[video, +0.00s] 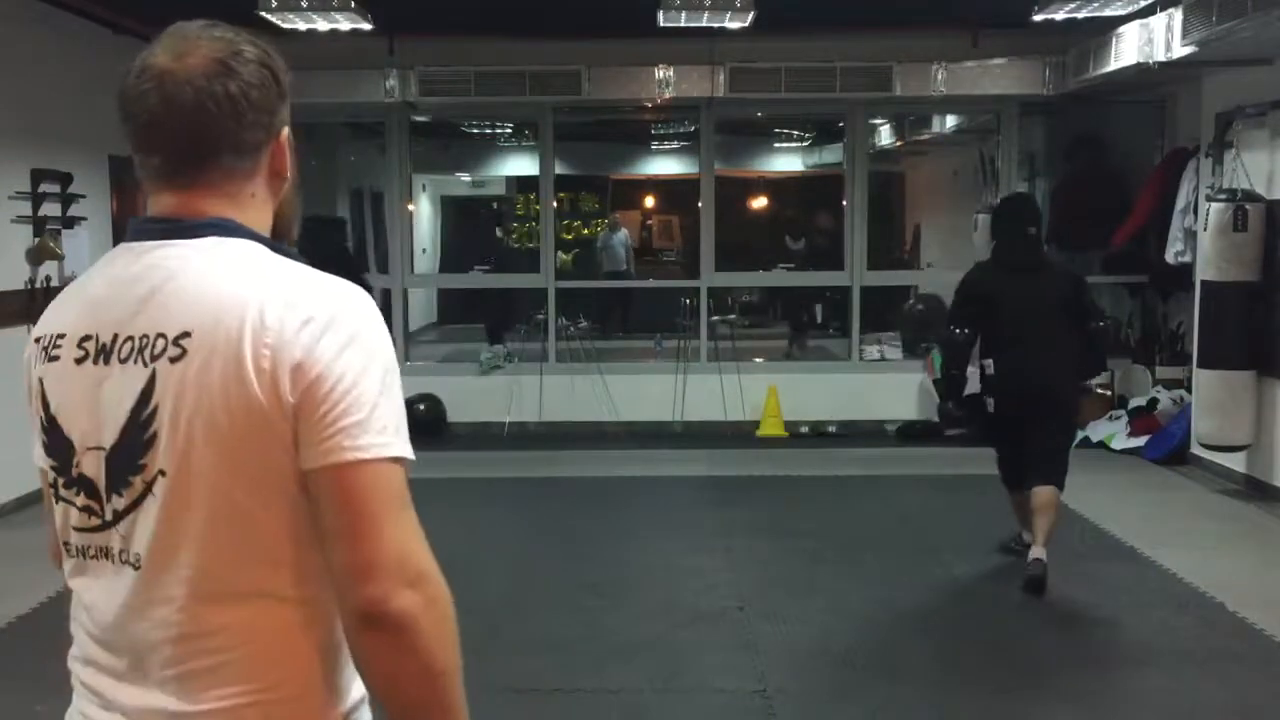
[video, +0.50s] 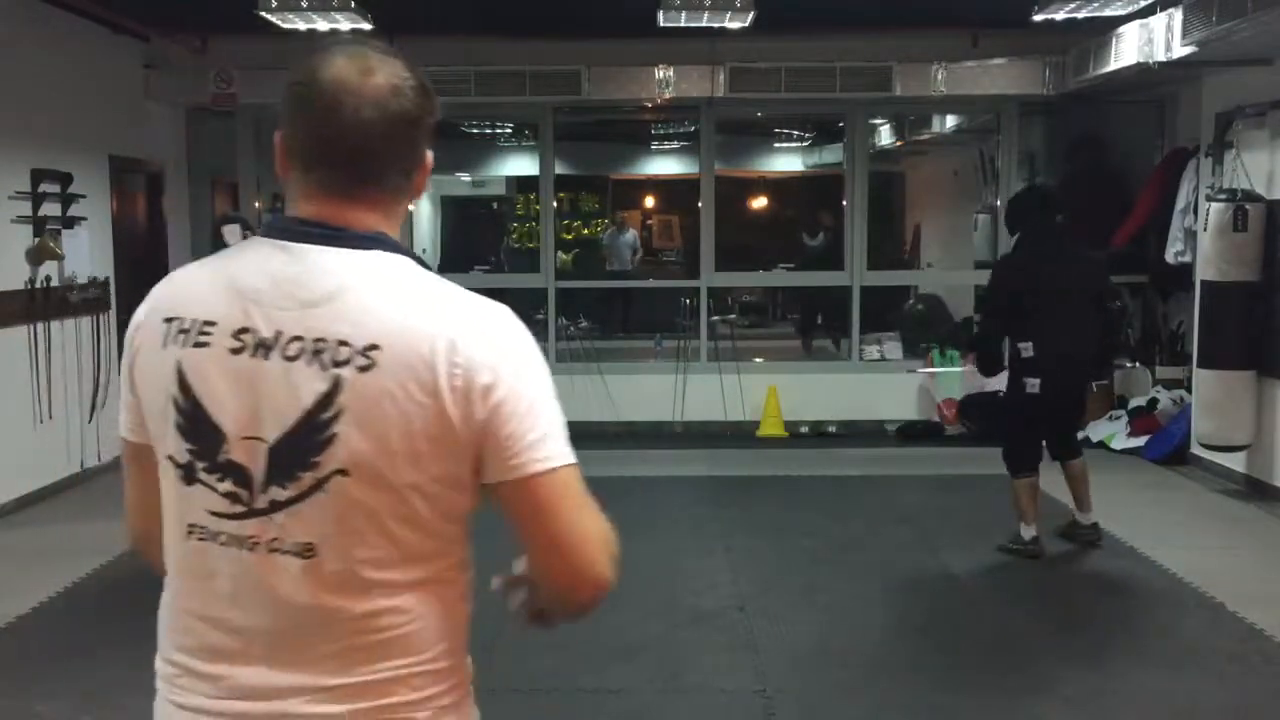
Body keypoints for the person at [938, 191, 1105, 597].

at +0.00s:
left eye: (1002, 228)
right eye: (1031, 228)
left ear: (997, 231)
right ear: (1037, 230)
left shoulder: (981, 278)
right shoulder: (1064, 276)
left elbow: (957, 342)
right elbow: (1093, 334)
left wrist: (954, 393)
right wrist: (1077, 373)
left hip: (1007, 385)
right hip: (1057, 385)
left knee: (1013, 465)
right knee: (1048, 468)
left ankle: (1029, 537)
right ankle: (1039, 550)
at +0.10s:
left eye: (1000, 228)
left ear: (997, 230)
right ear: (1038, 228)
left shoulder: (983, 277)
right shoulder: (1064, 274)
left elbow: (959, 340)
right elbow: (1096, 329)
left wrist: (956, 393)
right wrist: (1087, 376)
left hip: (1010, 382)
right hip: (1060, 382)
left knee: (1015, 460)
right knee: (1058, 459)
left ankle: (1029, 537)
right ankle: (1043, 529)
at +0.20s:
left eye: (1000, 225)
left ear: (1000, 227)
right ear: (1041, 224)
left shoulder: (985, 274)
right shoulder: (1068, 269)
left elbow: (964, 337)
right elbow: (1102, 324)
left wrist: (960, 391)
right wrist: (1088, 377)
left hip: (1012, 379)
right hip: (1058, 378)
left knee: (1015, 455)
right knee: (1063, 453)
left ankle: (1027, 535)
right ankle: (1049, 513)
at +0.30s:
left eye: (1002, 219)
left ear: (1002, 223)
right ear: (1044, 220)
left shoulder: (989, 269)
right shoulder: (1068, 262)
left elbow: (972, 330)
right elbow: (1097, 316)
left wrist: (969, 384)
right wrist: (1094, 367)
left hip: (1015, 373)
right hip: (1063, 370)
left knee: (1015, 453)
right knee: (1064, 439)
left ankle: (1029, 535)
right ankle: (1058, 512)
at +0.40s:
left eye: (1007, 220)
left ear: (1009, 221)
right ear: (1051, 217)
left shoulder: (999, 267)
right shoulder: (1074, 260)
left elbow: (977, 326)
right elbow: (1103, 314)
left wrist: (982, 371)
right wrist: (1098, 366)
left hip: (1021, 371)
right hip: (1068, 367)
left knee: (1018, 454)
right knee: (1064, 445)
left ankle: (1027, 534)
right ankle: (1074, 521)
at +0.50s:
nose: (1012, 229)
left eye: (1013, 222)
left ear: (1018, 223)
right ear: (1055, 217)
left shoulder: (1011, 266)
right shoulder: (1082, 257)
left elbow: (993, 322)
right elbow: (1105, 313)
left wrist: (989, 363)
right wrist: (1099, 361)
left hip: (1030, 368)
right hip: (1075, 364)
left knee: (1021, 446)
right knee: (1064, 437)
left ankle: (1028, 533)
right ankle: (1086, 521)